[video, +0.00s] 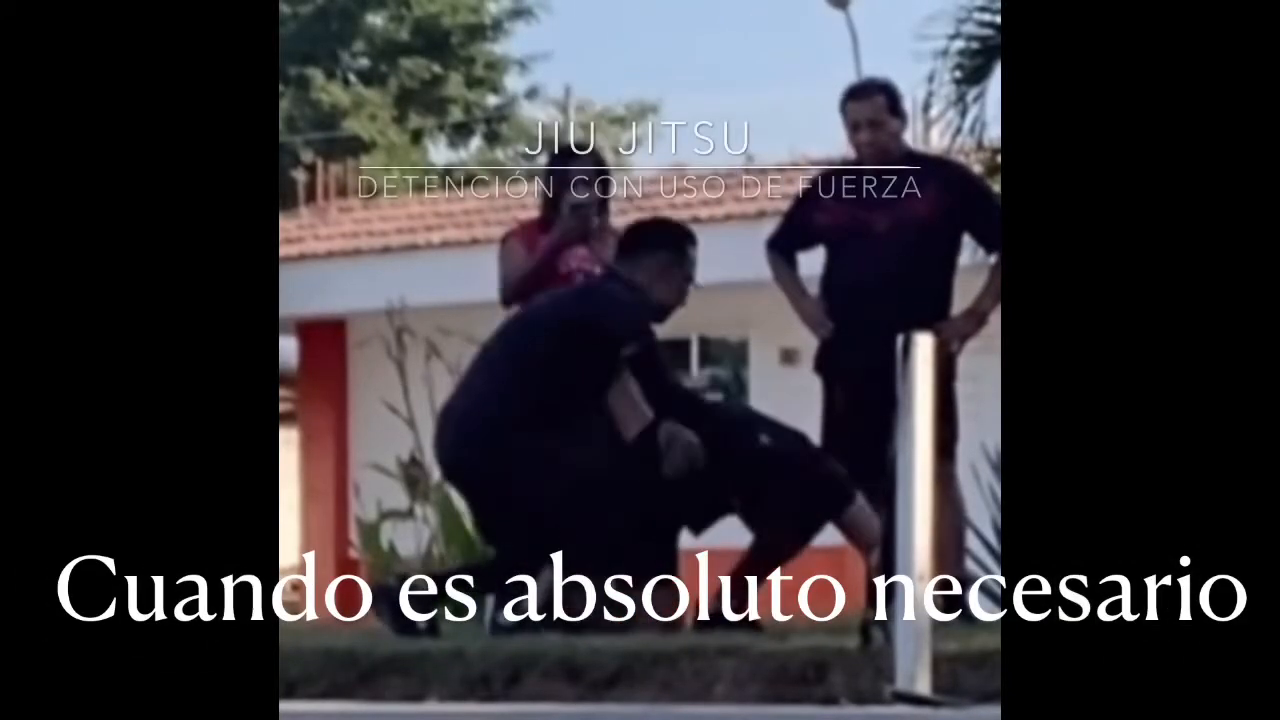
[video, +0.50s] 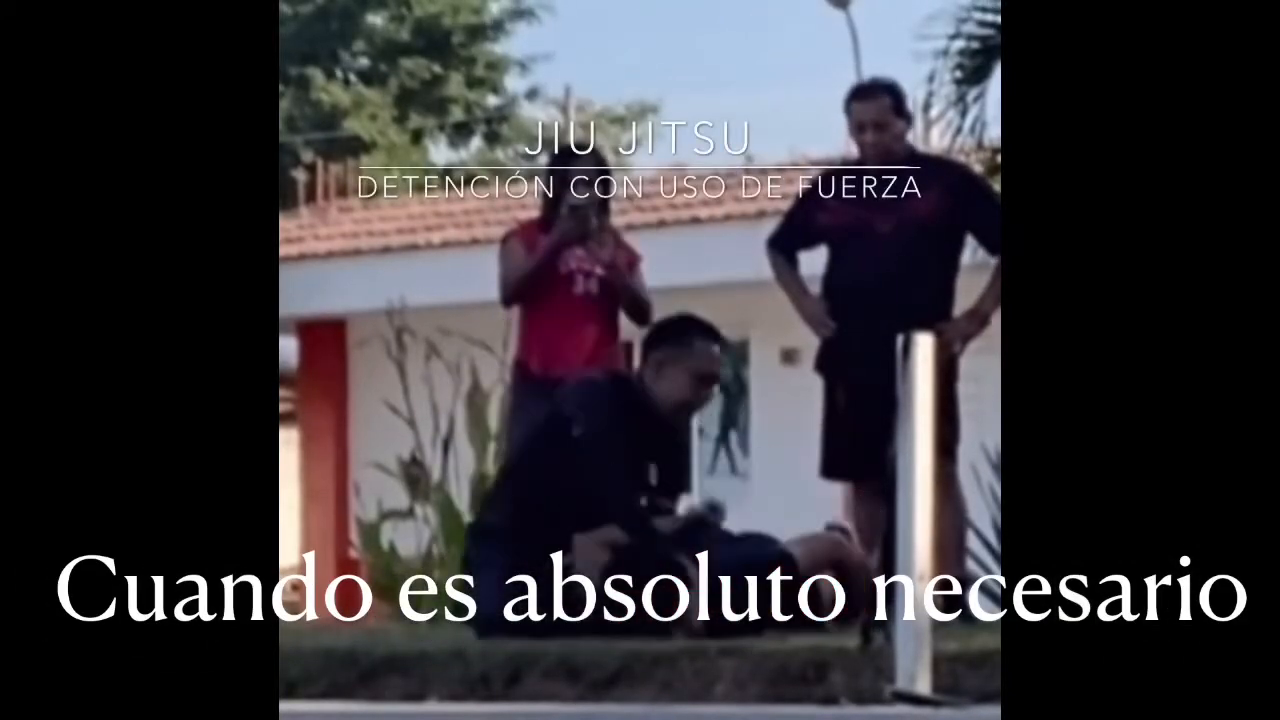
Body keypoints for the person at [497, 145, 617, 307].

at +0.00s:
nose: (583, 194)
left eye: (591, 184)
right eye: (574, 185)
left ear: (604, 189)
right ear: (552, 188)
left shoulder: (612, 241)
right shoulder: (520, 241)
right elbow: (510, 295)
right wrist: (560, 238)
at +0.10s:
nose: (584, 194)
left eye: (592, 184)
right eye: (575, 185)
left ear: (604, 189)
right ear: (555, 188)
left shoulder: (609, 241)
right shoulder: (521, 241)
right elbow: (509, 295)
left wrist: (612, 258)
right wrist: (559, 237)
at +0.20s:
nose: (585, 195)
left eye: (593, 185)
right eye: (576, 185)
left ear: (605, 189)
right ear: (555, 187)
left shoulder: (617, 249)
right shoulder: (522, 241)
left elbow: (636, 314)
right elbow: (510, 294)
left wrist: (612, 267)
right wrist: (560, 239)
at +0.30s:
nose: (586, 195)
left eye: (594, 184)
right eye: (576, 185)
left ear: (605, 189)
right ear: (556, 188)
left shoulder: (613, 246)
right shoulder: (524, 240)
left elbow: (637, 307)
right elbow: (510, 294)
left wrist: (615, 269)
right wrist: (559, 239)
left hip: (599, 376)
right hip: (539, 378)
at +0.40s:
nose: (589, 196)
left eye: (597, 185)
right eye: (578, 185)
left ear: (607, 190)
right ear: (556, 187)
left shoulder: (616, 248)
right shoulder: (524, 240)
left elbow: (643, 314)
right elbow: (510, 294)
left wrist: (616, 274)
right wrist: (558, 239)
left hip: (596, 384)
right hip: (538, 383)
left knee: (594, 486)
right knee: (531, 489)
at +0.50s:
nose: (588, 195)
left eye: (596, 184)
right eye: (579, 184)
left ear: (606, 189)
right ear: (557, 187)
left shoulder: (613, 245)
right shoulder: (525, 239)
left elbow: (643, 315)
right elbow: (510, 293)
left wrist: (613, 272)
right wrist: (559, 239)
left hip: (598, 384)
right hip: (539, 382)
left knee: (595, 487)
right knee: (528, 483)